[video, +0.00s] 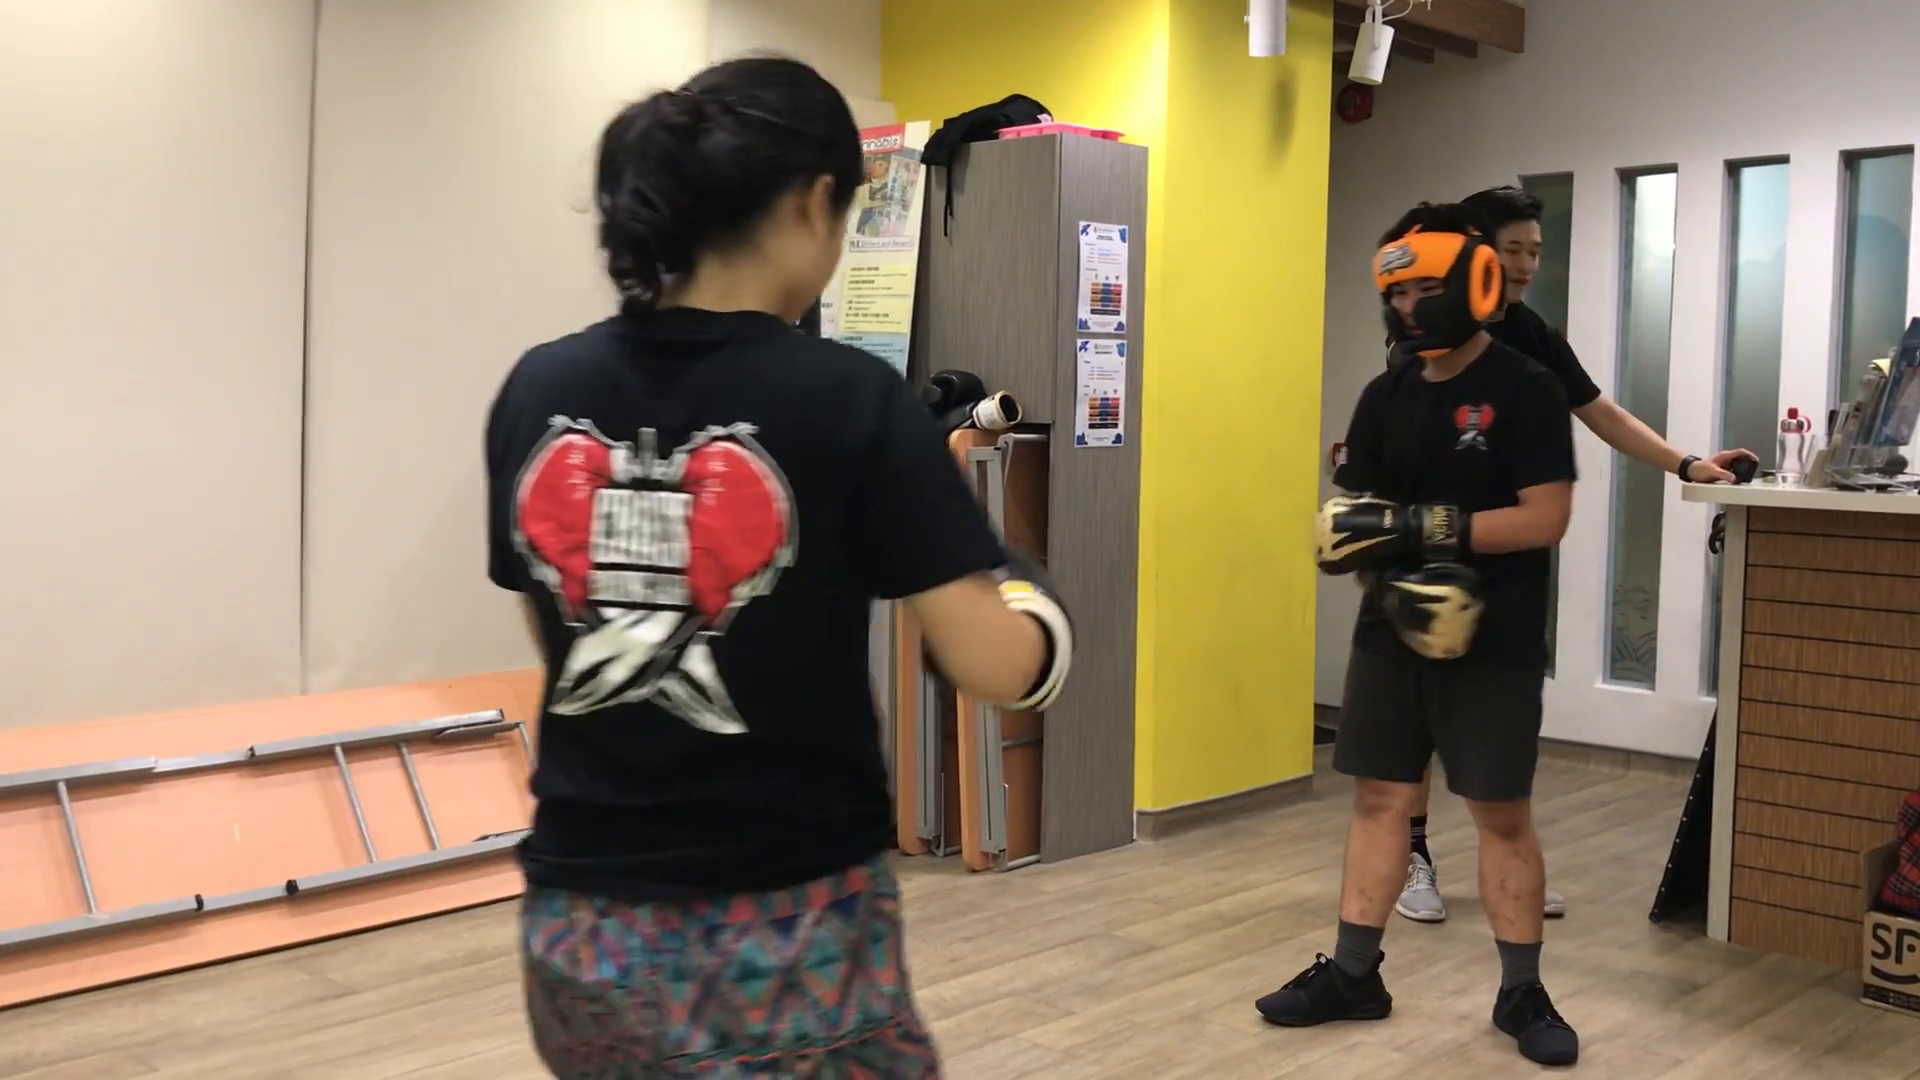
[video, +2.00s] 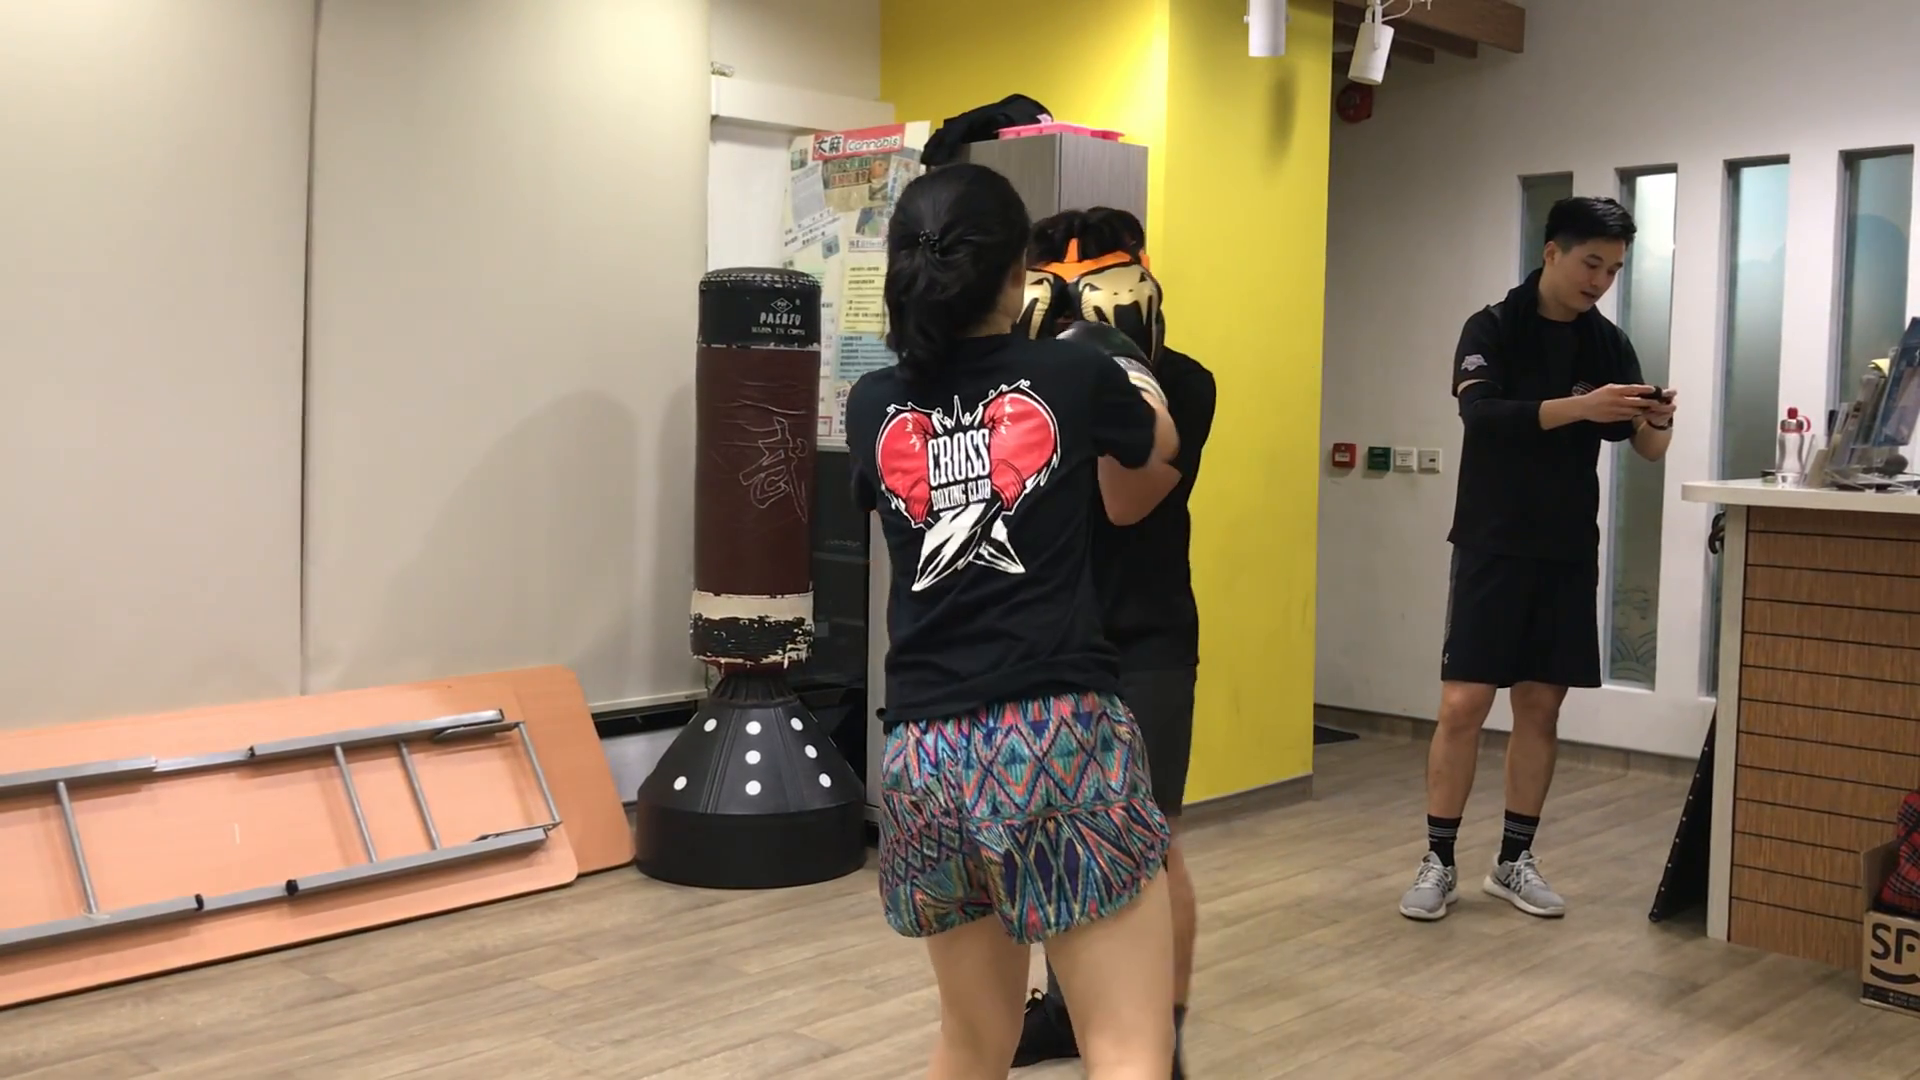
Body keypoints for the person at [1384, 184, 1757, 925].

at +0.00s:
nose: (1529, 266)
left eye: (1535, 252)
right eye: (1516, 252)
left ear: (1534, 256)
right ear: (1473, 253)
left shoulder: (1535, 339)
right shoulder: (1424, 345)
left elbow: (1607, 418)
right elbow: (1389, 435)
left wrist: (1686, 464)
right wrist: (1363, 475)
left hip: (1510, 556)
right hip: (1418, 555)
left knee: (1504, 707)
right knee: (1414, 710)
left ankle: (1511, 871)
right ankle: (1412, 855)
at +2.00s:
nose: (1601, 281)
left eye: (1612, 270)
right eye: (1591, 264)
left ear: (1616, 270)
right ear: (1551, 251)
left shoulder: (1608, 345)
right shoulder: (1490, 328)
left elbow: (1650, 449)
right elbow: (1482, 415)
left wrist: (1656, 421)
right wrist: (1585, 407)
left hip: (1565, 551)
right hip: (1489, 545)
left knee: (1539, 708)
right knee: (1462, 705)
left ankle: (1516, 861)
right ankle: (1438, 862)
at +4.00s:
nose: (1564, 262)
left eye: (1580, 251)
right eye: (1552, 246)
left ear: (1598, 259)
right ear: (1528, 249)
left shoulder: (1604, 339)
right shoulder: (1491, 321)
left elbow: (1642, 435)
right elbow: (1474, 355)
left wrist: (1703, 465)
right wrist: (1522, 292)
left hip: (1570, 549)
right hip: (1493, 541)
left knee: (1542, 709)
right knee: (1464, 708)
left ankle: (1513, 861)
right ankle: (1437, 863)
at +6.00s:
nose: (1656, 269)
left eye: (1674, 258)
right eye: (1647, 254)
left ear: (1706, 264)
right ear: (1636, 255)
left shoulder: (1729, 350)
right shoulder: (1609, 328)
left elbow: (1735, 457)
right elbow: (1552, 387)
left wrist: (1647, 471)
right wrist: (1571, 460)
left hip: (1681, 543)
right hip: (1608, 534)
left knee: (1665, 705)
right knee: (1572, 693)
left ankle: (1652, 853)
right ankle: (1593, 843)